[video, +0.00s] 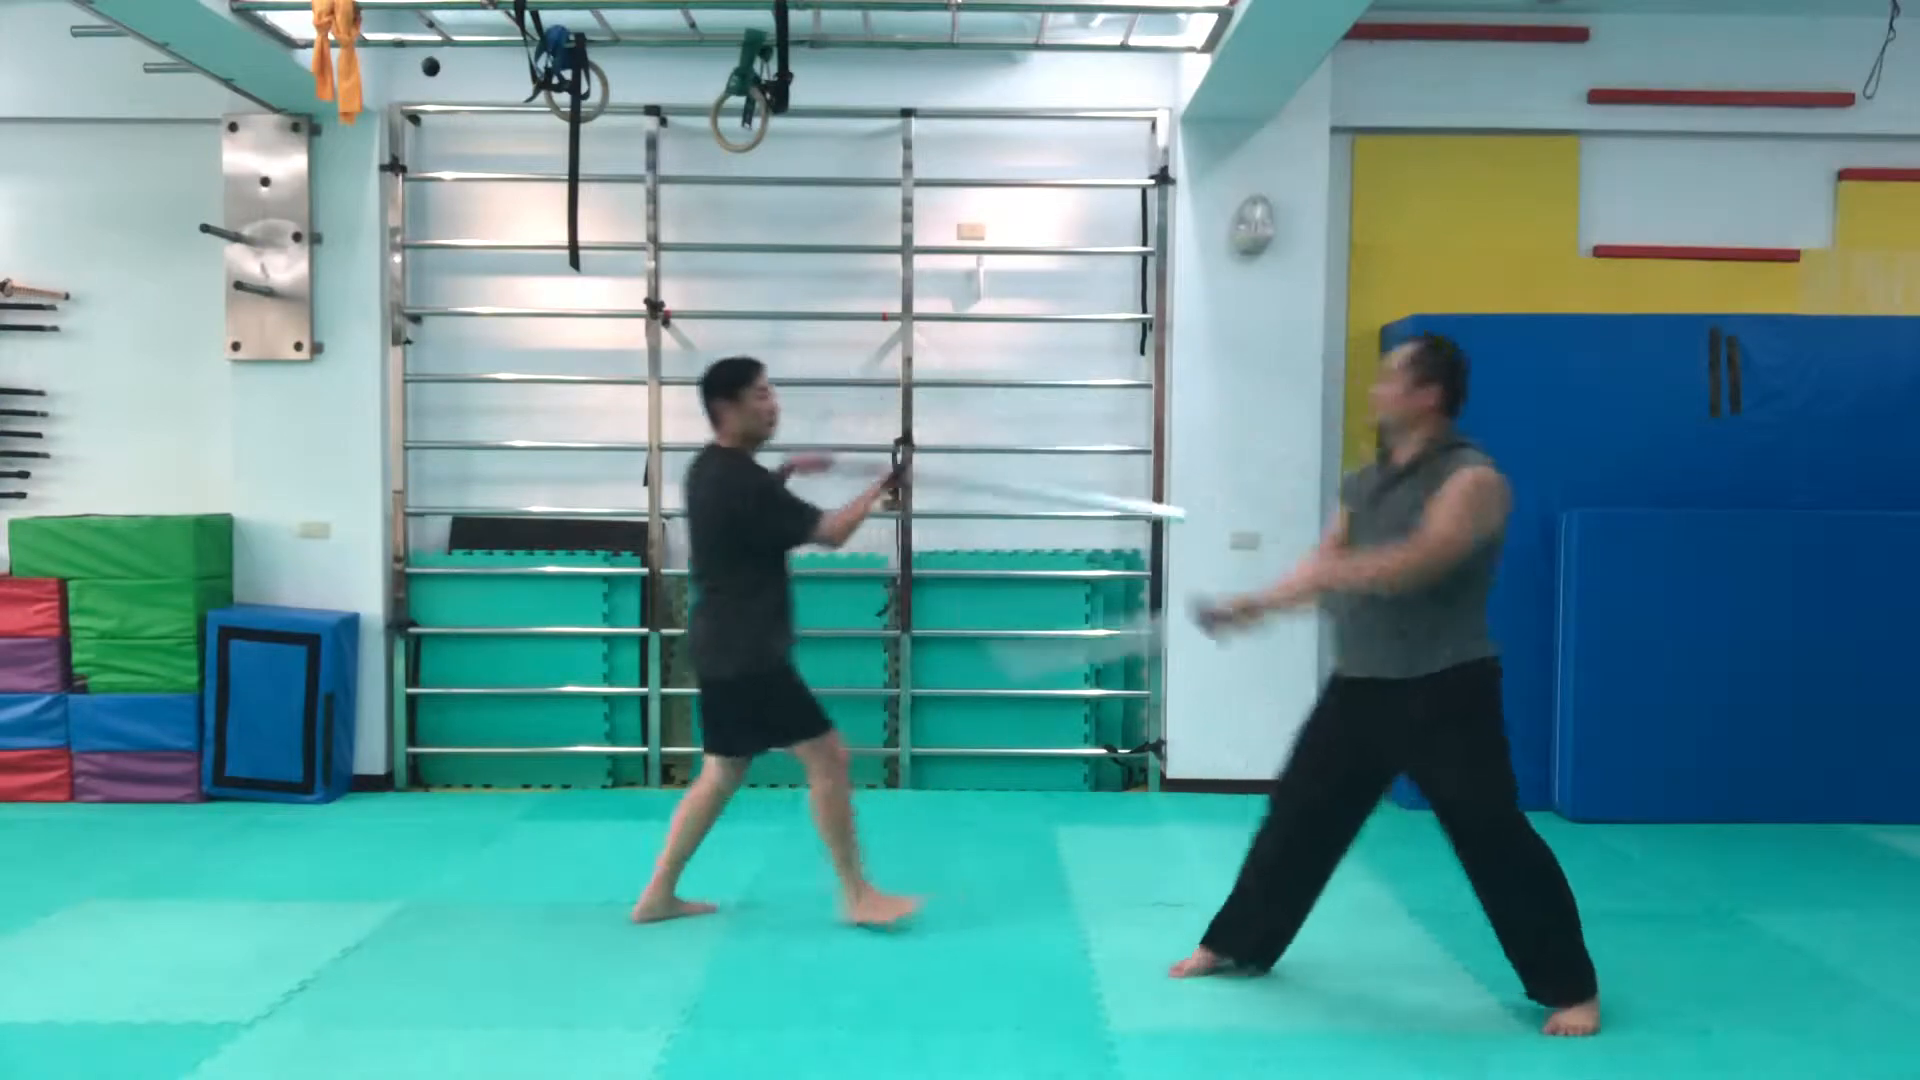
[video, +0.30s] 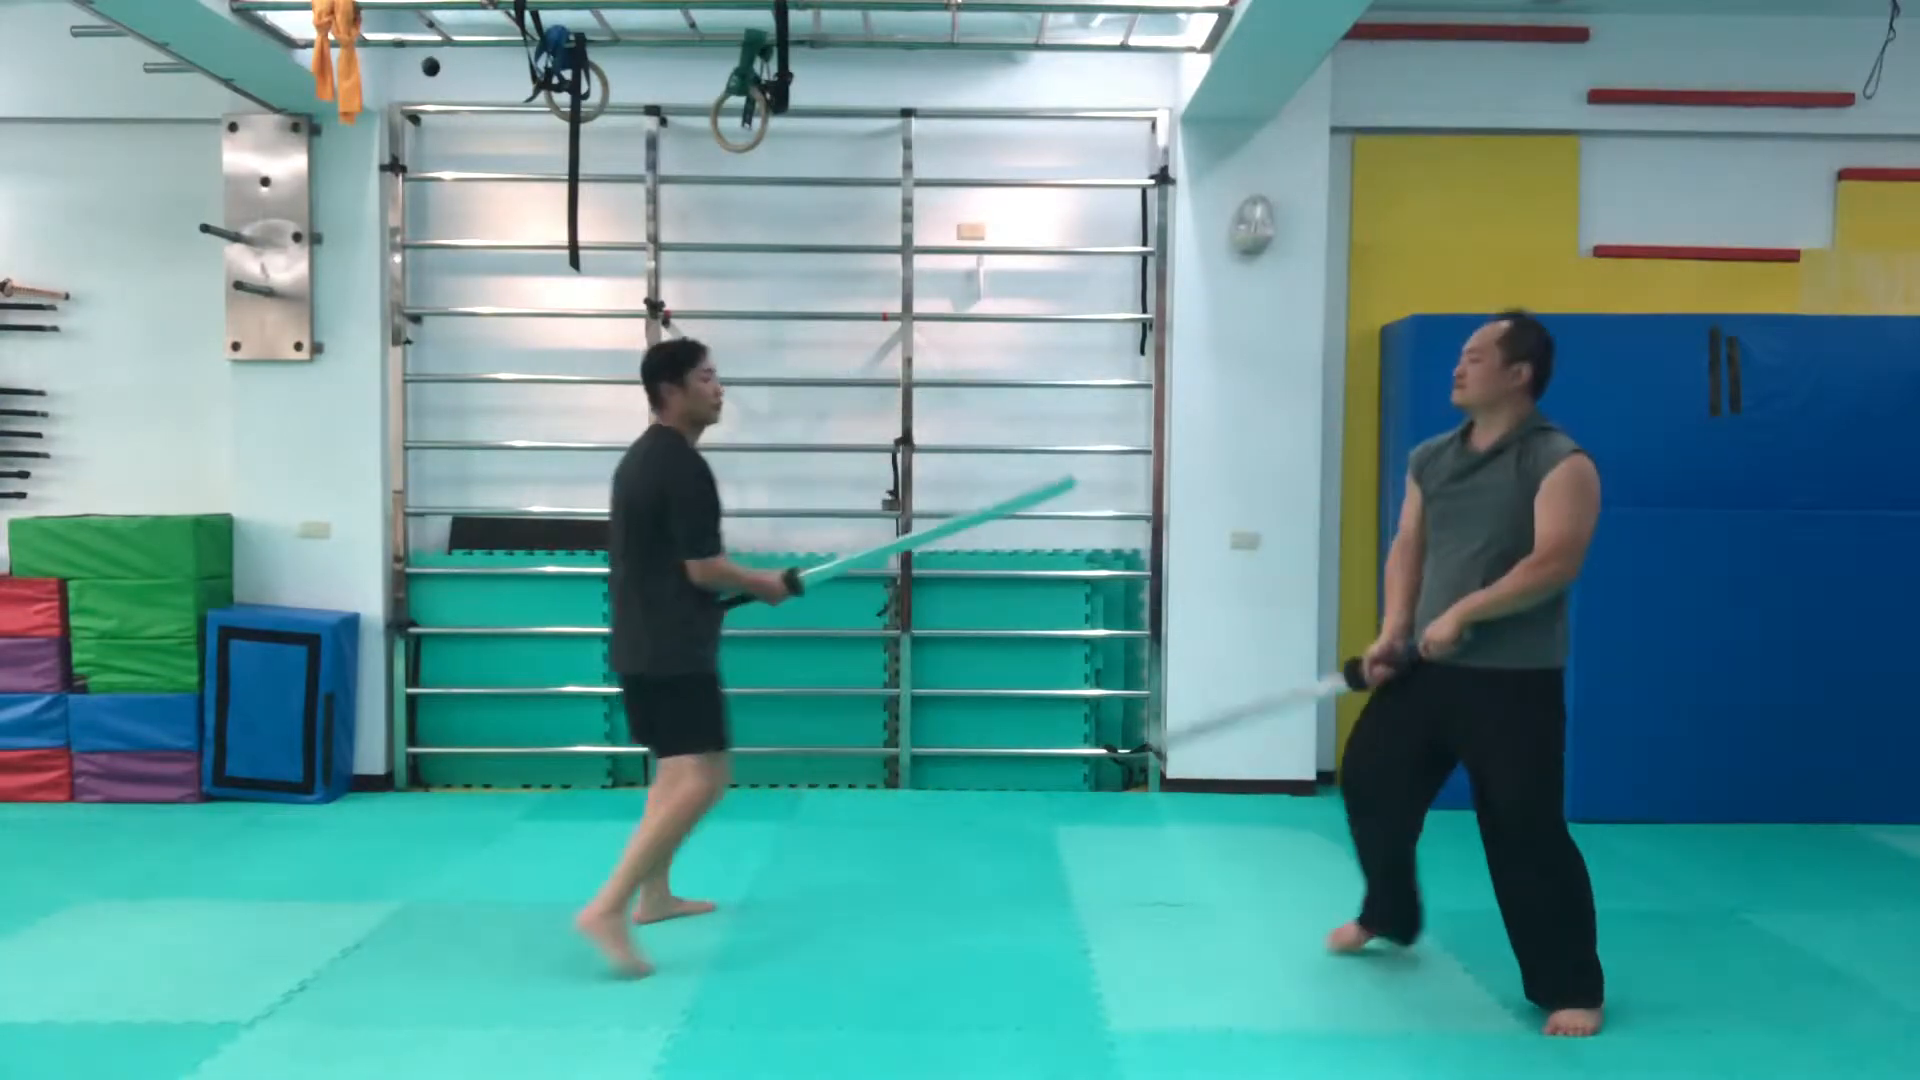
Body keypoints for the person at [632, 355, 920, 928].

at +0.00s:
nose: (774, 404)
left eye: (771, 393)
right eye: (761, 396)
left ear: (726, 411)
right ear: (727, 409)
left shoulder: (706, 471)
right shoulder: (746, 481)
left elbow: (744, 506)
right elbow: (830, 531)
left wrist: (788, 471)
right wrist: (875, 493)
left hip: (719, 657)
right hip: (752, 658)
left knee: (721, 774)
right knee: (827, 758)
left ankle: (657, 895)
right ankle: (857, 896)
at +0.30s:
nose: (720, 389)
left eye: (717, 378)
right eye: (708, 380)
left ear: (669, 393)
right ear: (673, 391)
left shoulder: (639, 460)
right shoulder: (682, 465)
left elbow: (651, 570)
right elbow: (702, 566)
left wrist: (740, 582)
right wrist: (763, 582)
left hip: (643, 647)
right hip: (675, 649)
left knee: (673, 769)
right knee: (704, 775)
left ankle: (655, 897)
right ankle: (606, 910)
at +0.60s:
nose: (696, 403)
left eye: (693, 390)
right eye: (684, 392)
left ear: (642, 401)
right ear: (645, 400)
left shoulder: (611, 457)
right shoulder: (629, 467)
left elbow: (608, 578)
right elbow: (643, 581)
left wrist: (667, 620)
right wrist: (731, 593)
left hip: (555, 648)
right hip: (574, 658)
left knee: (590, 779)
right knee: (612, 792)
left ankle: (578, 898)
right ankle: (564, 954)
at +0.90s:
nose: (621, 408)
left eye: (618, 395)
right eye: (609, 396)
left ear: (565, 406)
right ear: (570, 405)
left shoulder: (530, 467)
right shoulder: (562, 480)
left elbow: (546, 577)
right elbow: (577, 588)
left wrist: (623, 603)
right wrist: (670, 586)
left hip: (485, 666)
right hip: (530, 674)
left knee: (461, 787)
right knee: (587, 795)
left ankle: (356, 906)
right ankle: (563, 956)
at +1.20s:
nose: (561, 415)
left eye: (559, 403)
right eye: (549, 404)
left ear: (511, 415)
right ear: (508, 413)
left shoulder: (498, 476)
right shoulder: (491, 486)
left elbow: (517, 566)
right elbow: (501, 598)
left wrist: (557, 615)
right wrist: (601, 602)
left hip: (427, 672)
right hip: (468, 678)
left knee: (423, 801)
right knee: (546, 790)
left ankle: (340, 935)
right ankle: (556, 953)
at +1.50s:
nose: (590, 435)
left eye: (587, 422)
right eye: (578, 423)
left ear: (541, 433)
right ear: (537, 431)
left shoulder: (551, 505)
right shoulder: (501, 501)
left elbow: (551, 588)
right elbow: (510, 608)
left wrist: (576, 630)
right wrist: (605, 611)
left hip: (475, 688)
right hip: (492, 689)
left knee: (466, 812)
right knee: (600, 783)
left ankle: (351, 927)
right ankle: (590, 946)